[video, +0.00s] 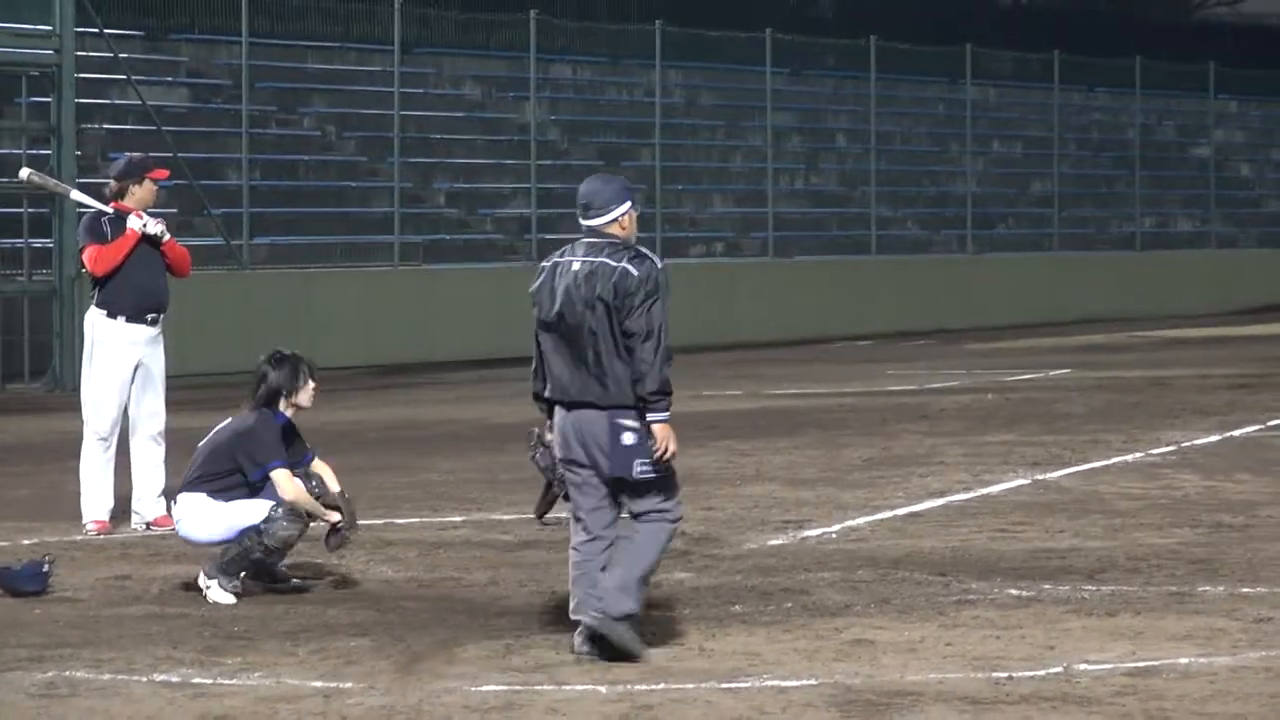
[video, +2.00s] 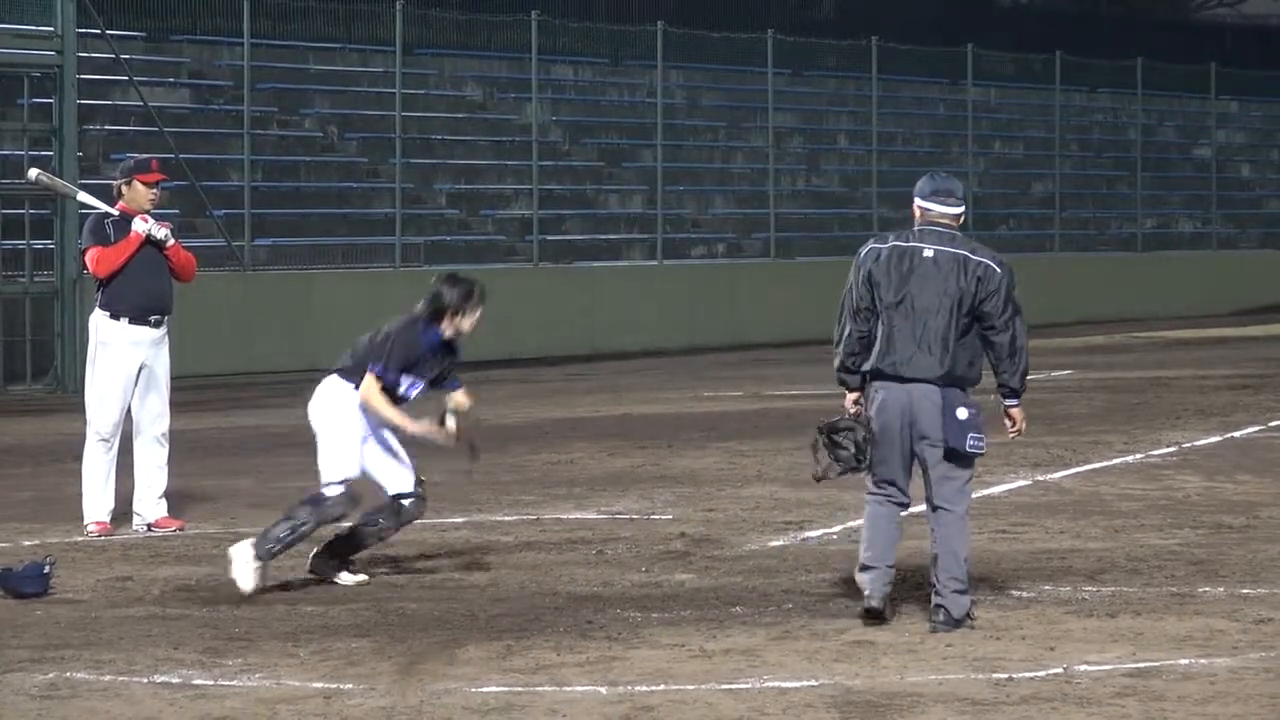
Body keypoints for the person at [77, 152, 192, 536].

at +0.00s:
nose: (156, 189)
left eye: (156, 184)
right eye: (152, 183)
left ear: (134, 187)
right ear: (131, 186)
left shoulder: (152, 226)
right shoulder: (98, 221)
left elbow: (183, 267)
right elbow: (97, 265)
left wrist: (164, 238)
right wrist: (133, 232)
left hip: (151, 333)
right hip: (111, 332)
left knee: (150, 426)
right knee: (102, 427)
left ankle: (150, 510)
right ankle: (96, 516)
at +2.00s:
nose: (156, 191)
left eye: (157, 186)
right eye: (149, 185)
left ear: (153, 190)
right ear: (125, 186)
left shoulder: (158, 228)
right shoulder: (101, 222)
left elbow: (188, 271)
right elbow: (99, 266)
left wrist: (168, 242)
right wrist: (138, 235)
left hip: (156, 335)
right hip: (115, 333)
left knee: (154, 427)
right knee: (104, 428)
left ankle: (151, 512)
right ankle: (98, 516)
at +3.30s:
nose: (198, 191)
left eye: (198, 185)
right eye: (192, 185)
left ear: (180, 188)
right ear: (169, 187)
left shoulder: (188, 230)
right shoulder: (140, 220)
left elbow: (210, 283)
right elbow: (126, 269)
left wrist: (209, 265)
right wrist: (178, 253)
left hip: (178, 334)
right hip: (143, 328)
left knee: (168, 424)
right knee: (150, 418)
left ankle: (157, 509)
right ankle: (140, 511)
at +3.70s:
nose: (211, 188)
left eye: (210, 182)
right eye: (204, 183)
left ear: (191, 188)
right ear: (182, 187)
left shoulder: (205, 231)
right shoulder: (157, 225)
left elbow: (216, 276)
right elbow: (136, 277)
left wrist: (233, 311)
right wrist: (174, 311)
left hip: (197, 331)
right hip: (160, 330)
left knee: (180, 425)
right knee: (170, 424)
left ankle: (149, 509)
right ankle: (180, 514)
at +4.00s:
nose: (222, 188)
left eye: (221, 182)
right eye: (216, 182)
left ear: (203, 186)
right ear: (193, 186)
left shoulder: (215, 227)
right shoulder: (167, 225)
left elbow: (219, 276)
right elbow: (153, 281)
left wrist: (228, 316)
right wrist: (176, 325)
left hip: (215, 337)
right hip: (178, 336)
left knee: (221, 421)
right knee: (175, 427)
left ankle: (192, 502)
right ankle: (178, 514)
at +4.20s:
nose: (236, 191)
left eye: (236, 185)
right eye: (231, 185)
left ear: (217, 187)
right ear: (210, 186)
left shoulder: (221, 229)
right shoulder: (182, 227)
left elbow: (222, 283)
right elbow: (168, 286)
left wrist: (239, 325)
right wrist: (179, 343)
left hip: (230, 337)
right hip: (193, 338)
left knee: (241, 427)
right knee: (182, 431)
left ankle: (244, 513)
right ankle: (181, 516)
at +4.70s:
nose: (293, 191)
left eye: (293, 185)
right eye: (287, 184)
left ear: (274, 187)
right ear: (265, 186)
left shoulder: (279, 229)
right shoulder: (236, 224)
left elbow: (275, 279)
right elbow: (219, 278)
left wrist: (283, 326)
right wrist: (237, 334)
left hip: (281, 339)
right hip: (243, 337)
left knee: (278, 432)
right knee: (237, 424)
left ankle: (275, 518)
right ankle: (204, 496)